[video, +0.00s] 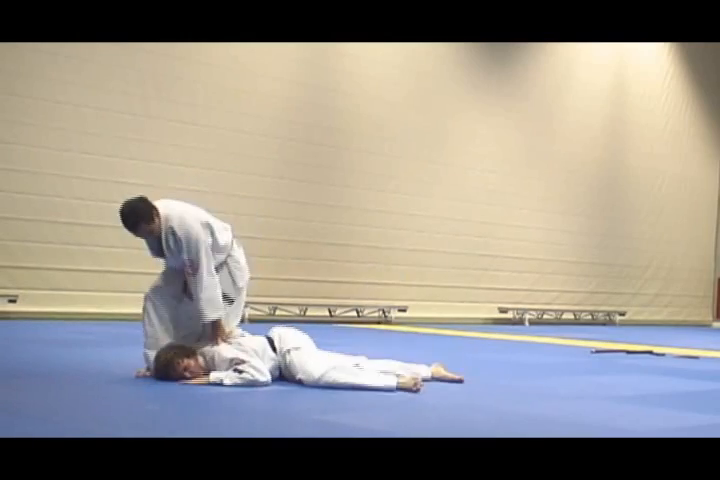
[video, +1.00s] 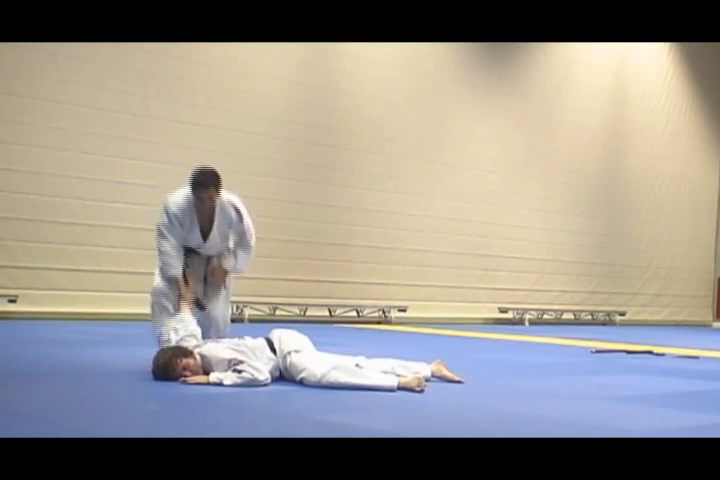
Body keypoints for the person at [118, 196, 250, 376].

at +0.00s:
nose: (144, 236)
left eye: (145, 231)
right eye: (139, 234)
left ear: (153, 219)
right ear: (133, 231)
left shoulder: (187, 226)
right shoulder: (151, 226)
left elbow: (204, 274)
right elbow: (170, 256)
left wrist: (215, 320)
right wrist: (183, 276)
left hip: (223, 264)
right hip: (182, 268)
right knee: (155, 300)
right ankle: (158, 364)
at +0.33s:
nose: (159, 239)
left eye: (163, 233)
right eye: (153, 235)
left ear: (170, 221)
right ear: (145, 230)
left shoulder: (196, 229)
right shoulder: (146, 228)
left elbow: (211, 277)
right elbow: (158, 258)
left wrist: (218, 324)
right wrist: (184, 277)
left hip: (215, 265)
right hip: (175, 268)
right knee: (149, 301)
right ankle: (155, 363)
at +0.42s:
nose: (159, 233)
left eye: (163, 227)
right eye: (153, 229)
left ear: (171, 217)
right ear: (146, 226)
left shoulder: (195, 226)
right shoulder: (143, 229)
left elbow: (213, 271)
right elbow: (155, 266)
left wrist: (219, 319)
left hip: (205, 269)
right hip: (169, 270)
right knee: (145, 301)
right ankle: (156, 364)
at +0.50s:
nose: (162, 224)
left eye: (166, 219)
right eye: (156, 221)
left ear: (173, 210)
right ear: (148, 218)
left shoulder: (196, 222)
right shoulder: (138, 229)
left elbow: (218, 263)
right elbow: (147, 264)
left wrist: (215, 301)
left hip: (208, 270)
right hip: (170, 272)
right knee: (143, 299)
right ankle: (154, 365)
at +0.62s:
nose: (167, 215)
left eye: (171, 209)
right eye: (161, 210)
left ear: (179, 199)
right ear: (152, 205)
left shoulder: (201, 209)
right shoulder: (140, 215)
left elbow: (235, 234)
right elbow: (137, 250)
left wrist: (215, 266)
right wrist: (173, 267)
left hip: (202, 261)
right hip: (163, 265)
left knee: (218, 312)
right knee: (145, 297)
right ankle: (154, 364)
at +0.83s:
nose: (187, 196)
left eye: (192, 190)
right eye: (182, 192)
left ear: (200, 182)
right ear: (173, 186)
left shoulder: (218, 195)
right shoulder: (157, 201)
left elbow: (236, 226)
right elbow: (153, 243)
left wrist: (221, 249)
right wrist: (176, 266)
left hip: (209, 256)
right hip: (171, 257)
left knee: (224, 323)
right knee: (159, 299)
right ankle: (155, 361)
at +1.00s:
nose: (207, 204)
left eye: (212, 198)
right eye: (201, 199)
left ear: (219, 193)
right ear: (193, 195)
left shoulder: (232, 207)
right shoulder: (175, 207)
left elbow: (246, 245)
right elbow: (168, 248)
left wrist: (226, 266)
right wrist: (182, 287)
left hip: (216, 257)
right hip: (182, 256)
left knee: (217, 309)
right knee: (162, 292)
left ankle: (217, 358)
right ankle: (171, 351)